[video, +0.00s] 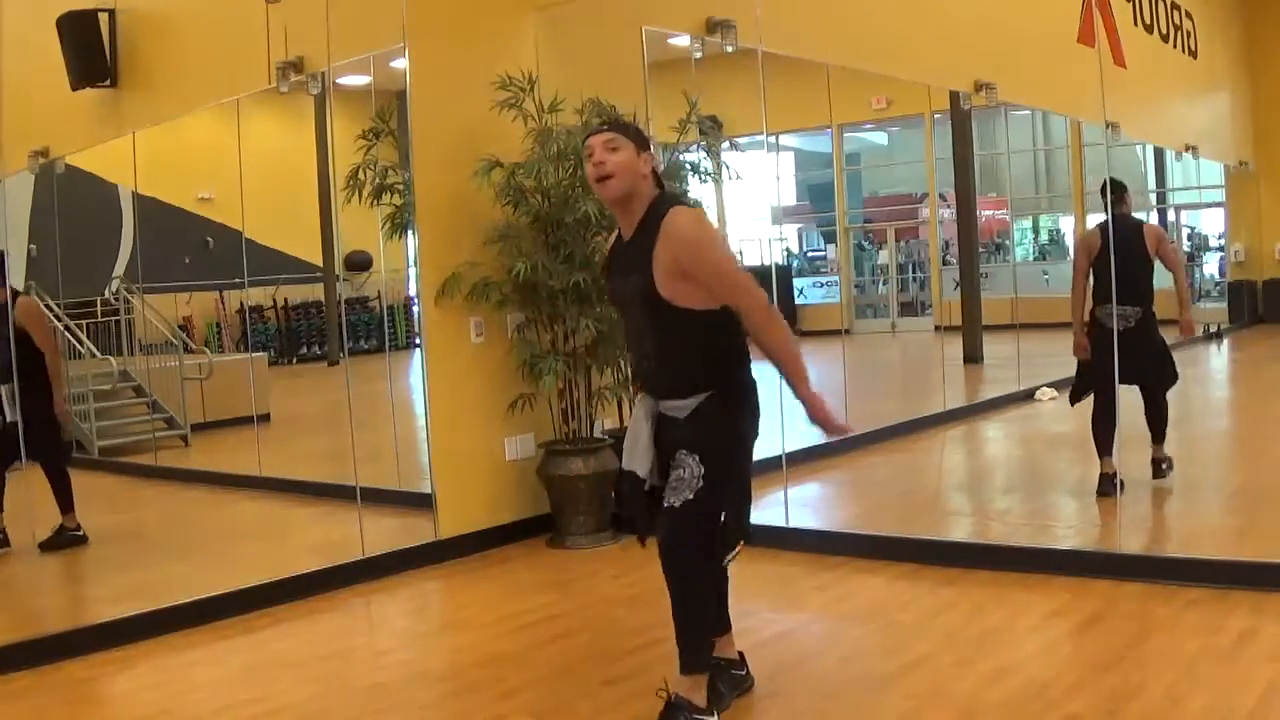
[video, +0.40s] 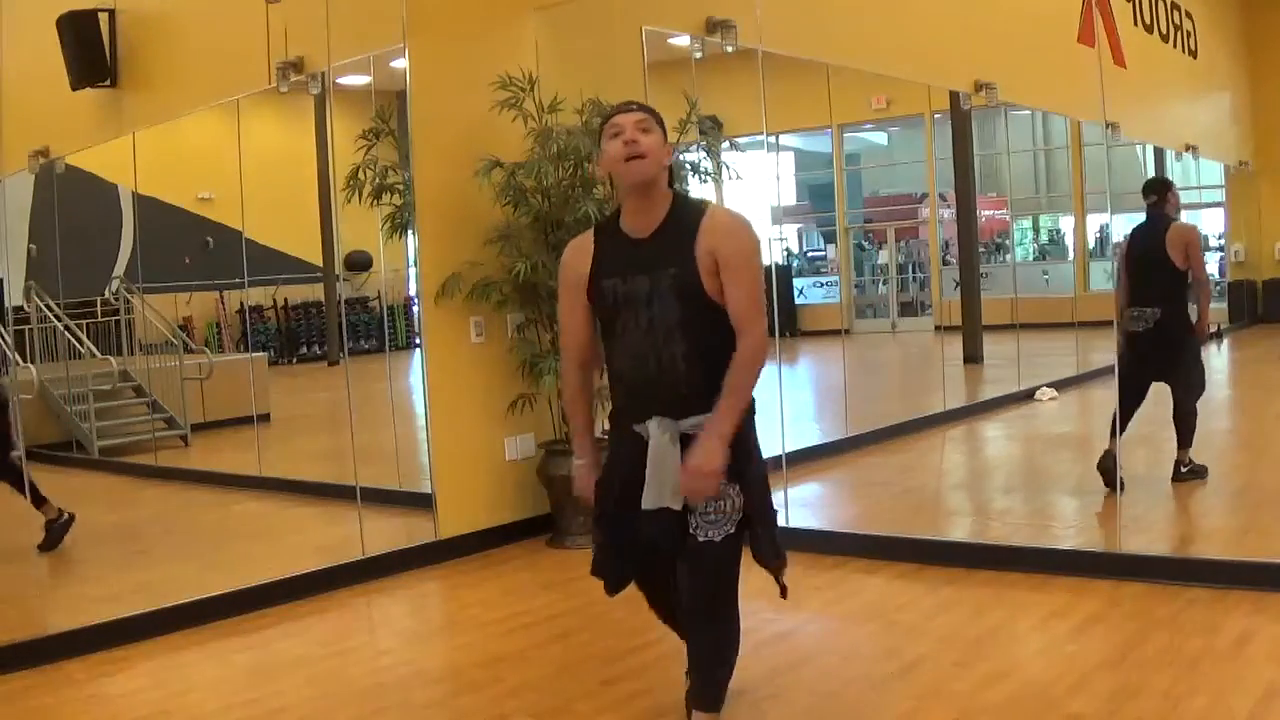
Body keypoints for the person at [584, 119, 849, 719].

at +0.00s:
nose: (597, 162)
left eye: (610, 150)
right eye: (589, 158)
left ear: (647, 162)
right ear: (590, 182)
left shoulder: (683, 228)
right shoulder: (619, 248)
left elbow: (757, 310)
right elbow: (651, 334)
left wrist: (807, 392)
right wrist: (645, 406)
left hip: (715, 408)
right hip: (664, 411)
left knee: (683, 544)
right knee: (690, 536)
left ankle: (693, 698)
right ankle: (726, 662)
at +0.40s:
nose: (631, 138)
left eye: (644, 130)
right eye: (616, 134)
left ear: (670, 152)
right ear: (601, 165)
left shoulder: (722, 231)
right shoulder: (583, 254)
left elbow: (754, 340)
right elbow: (577, 359)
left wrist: (715, 440)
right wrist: (584, 451)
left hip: (712, 431)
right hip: (633, 439)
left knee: (707, 583)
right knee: (649, 573)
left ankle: (704, 705)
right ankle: (706, 643)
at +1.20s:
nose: (557, 133)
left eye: (574, 118)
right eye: (538, 122)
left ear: (602, 139)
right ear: (519, 149)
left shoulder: (656, 235)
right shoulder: (490, 255)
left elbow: (695, 380)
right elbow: (473, 392)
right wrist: (490, 504)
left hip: (653, 484)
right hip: (545, 487)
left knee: (672, 680)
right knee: (554, 693)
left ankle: (690, 710)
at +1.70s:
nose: (520, 199)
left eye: (541, 178)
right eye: (496, 183)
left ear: (578, 194)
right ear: (472, 206)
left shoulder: (655, 305)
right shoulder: (444, 315)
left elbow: (721, 438)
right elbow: (451, 450)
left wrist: (705, 545)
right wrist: (491, 544)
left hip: (639, 568)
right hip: (518, 565)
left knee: (640, 706)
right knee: (513, 705)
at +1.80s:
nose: (527, 206)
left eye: (550, 183)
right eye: (502, 188)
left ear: (587, 198)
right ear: (476, 209)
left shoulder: (669, 310)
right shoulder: (442, 325)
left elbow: (731, 459)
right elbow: (450, 470)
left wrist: (729, 578)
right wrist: (481, 572)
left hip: (652, 581)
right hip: (525, 579)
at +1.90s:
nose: (536, 205)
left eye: (560, 181)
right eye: (509, 185)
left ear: (598, 197)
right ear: (482, 208)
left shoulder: (689, 312)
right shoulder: (443, 330)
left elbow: (739, 479)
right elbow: (450, 475)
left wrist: (748, 623)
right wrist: (482, 585)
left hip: (665, 575)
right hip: (533, 577)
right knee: (533, 706)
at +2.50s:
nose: (673, 176)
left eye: (700, 155)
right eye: (648, 155)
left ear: (736, 181)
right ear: (616, 184)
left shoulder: (810, 299)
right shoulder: (571, 300)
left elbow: (905, 428)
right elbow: (535, 455)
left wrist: (918, 547)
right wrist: (527, 599)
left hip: (763, 577)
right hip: (634, 568)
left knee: (759, 706)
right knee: (594, 700)